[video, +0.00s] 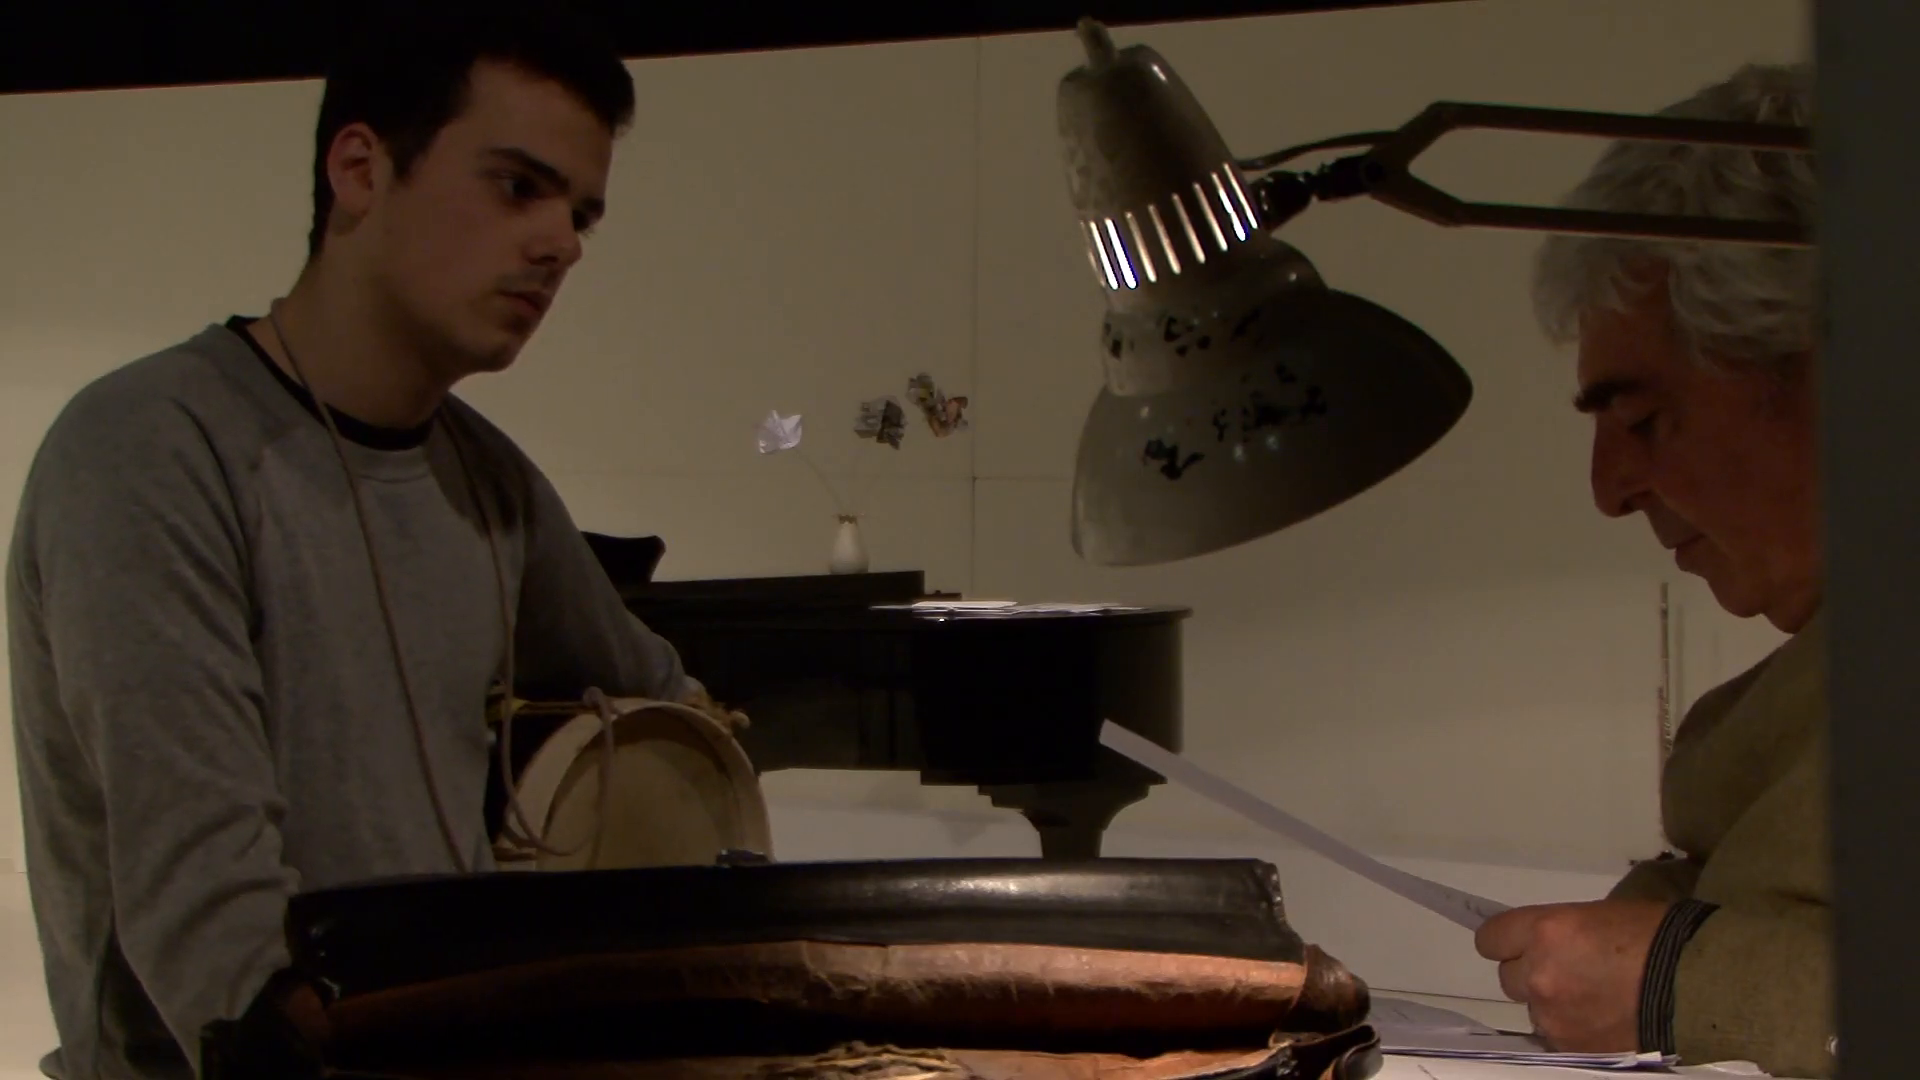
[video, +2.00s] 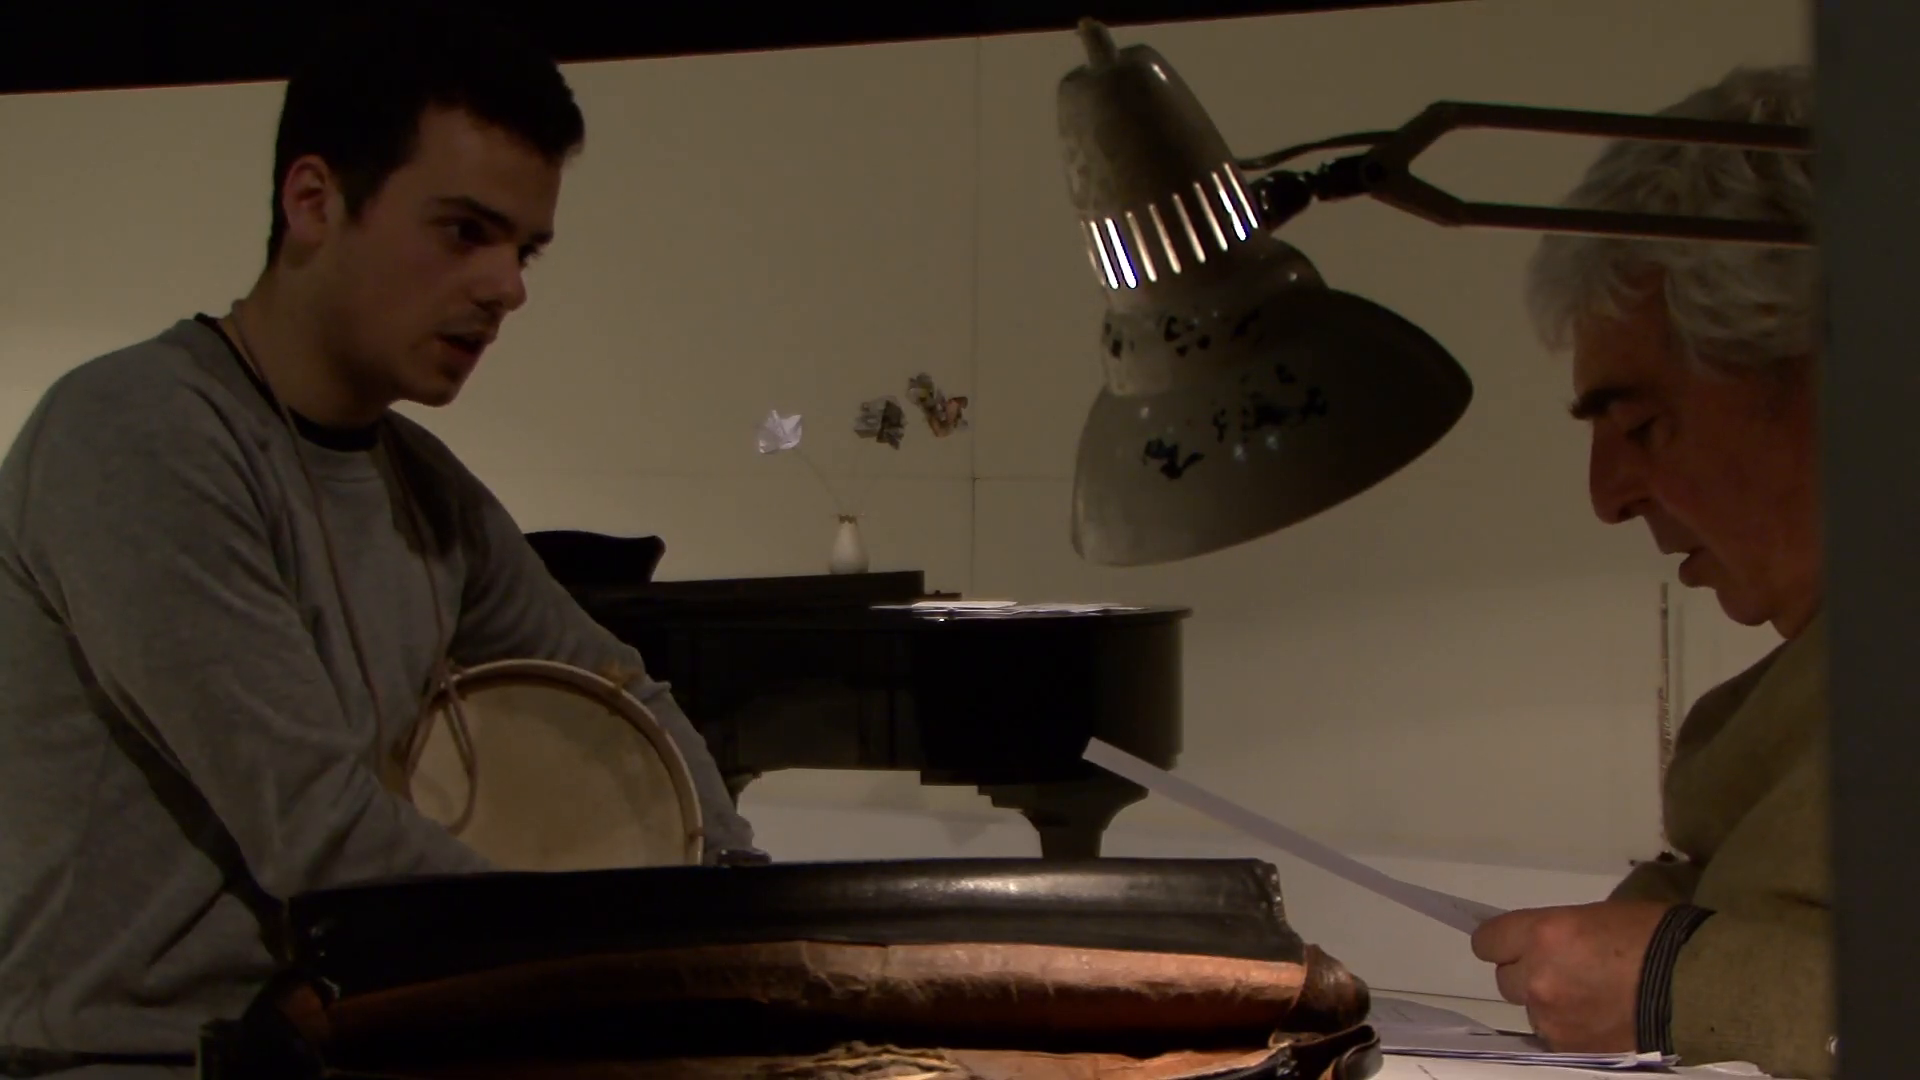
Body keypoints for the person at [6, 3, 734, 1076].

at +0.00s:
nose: (561, 246)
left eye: (581, 216)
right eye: (517, 185)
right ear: (359, 171)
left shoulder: (499, 487)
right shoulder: (138, 450)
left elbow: (666, 721)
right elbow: (205, 914)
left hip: (478, 1039)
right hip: (193, 1062)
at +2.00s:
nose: (505, 290)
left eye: (523, 253)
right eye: (464, 231)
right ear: (312, 202)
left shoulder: (428, 489)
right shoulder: (126, 434)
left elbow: (618, 697)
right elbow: (320, 838)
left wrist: (746, 910)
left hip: (347, 1040)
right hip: (119, 1058)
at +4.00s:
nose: (262, 478)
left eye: (292, 439)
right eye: (235, 422)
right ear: (111, 307)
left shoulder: (282, 518)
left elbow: (469, 684)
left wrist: (543, 928)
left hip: (217, 1038)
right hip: (28, 1051)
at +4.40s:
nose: (148, 447)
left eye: (188, 404)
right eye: (107, 395)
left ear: (215, 357)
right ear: (8, 316)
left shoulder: (196, 473)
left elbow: (365, 623)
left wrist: (574, 750)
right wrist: (19, 984)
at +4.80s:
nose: (485, 459)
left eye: (513, 417)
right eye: (457, 405)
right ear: (319, 289)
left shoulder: (471, 498)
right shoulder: (33, 475)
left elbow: (570, 776)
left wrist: (753, 913)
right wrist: (221, 914)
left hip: (366, 1051)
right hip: (69, 1059)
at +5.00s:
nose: (584, 489)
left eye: (615, 448)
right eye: (561, 433)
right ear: (431, 311)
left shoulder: (549, 519)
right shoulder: (96, 465)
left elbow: (580, 846)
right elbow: (3, 814)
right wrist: (238, 833)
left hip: (359, 1043)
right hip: (73, 1048)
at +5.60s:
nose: (399, 513)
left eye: (432, 474)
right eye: (368, 462)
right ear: (244, 316)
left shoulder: (409, 456)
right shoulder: (20, 408)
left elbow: (466, 790)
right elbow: (9, 801)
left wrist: (558, 977)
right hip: (101, 1044)